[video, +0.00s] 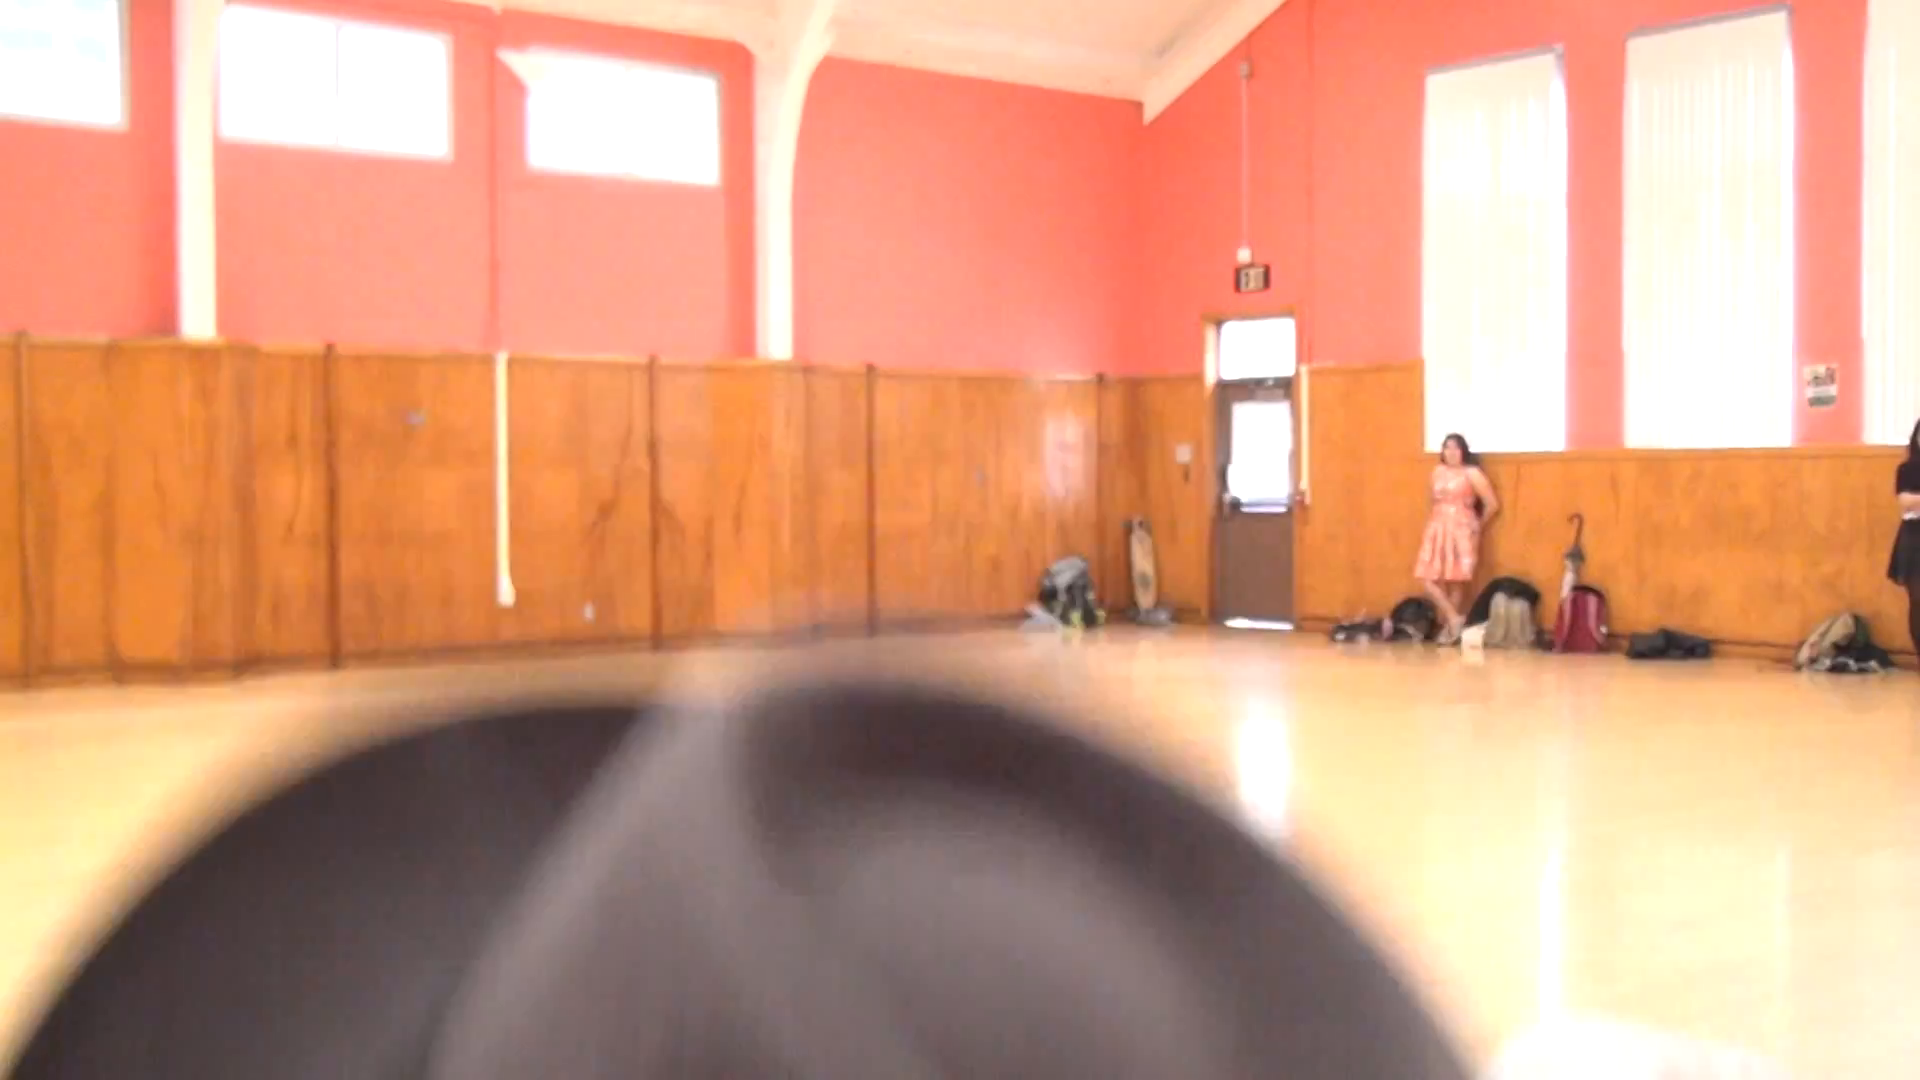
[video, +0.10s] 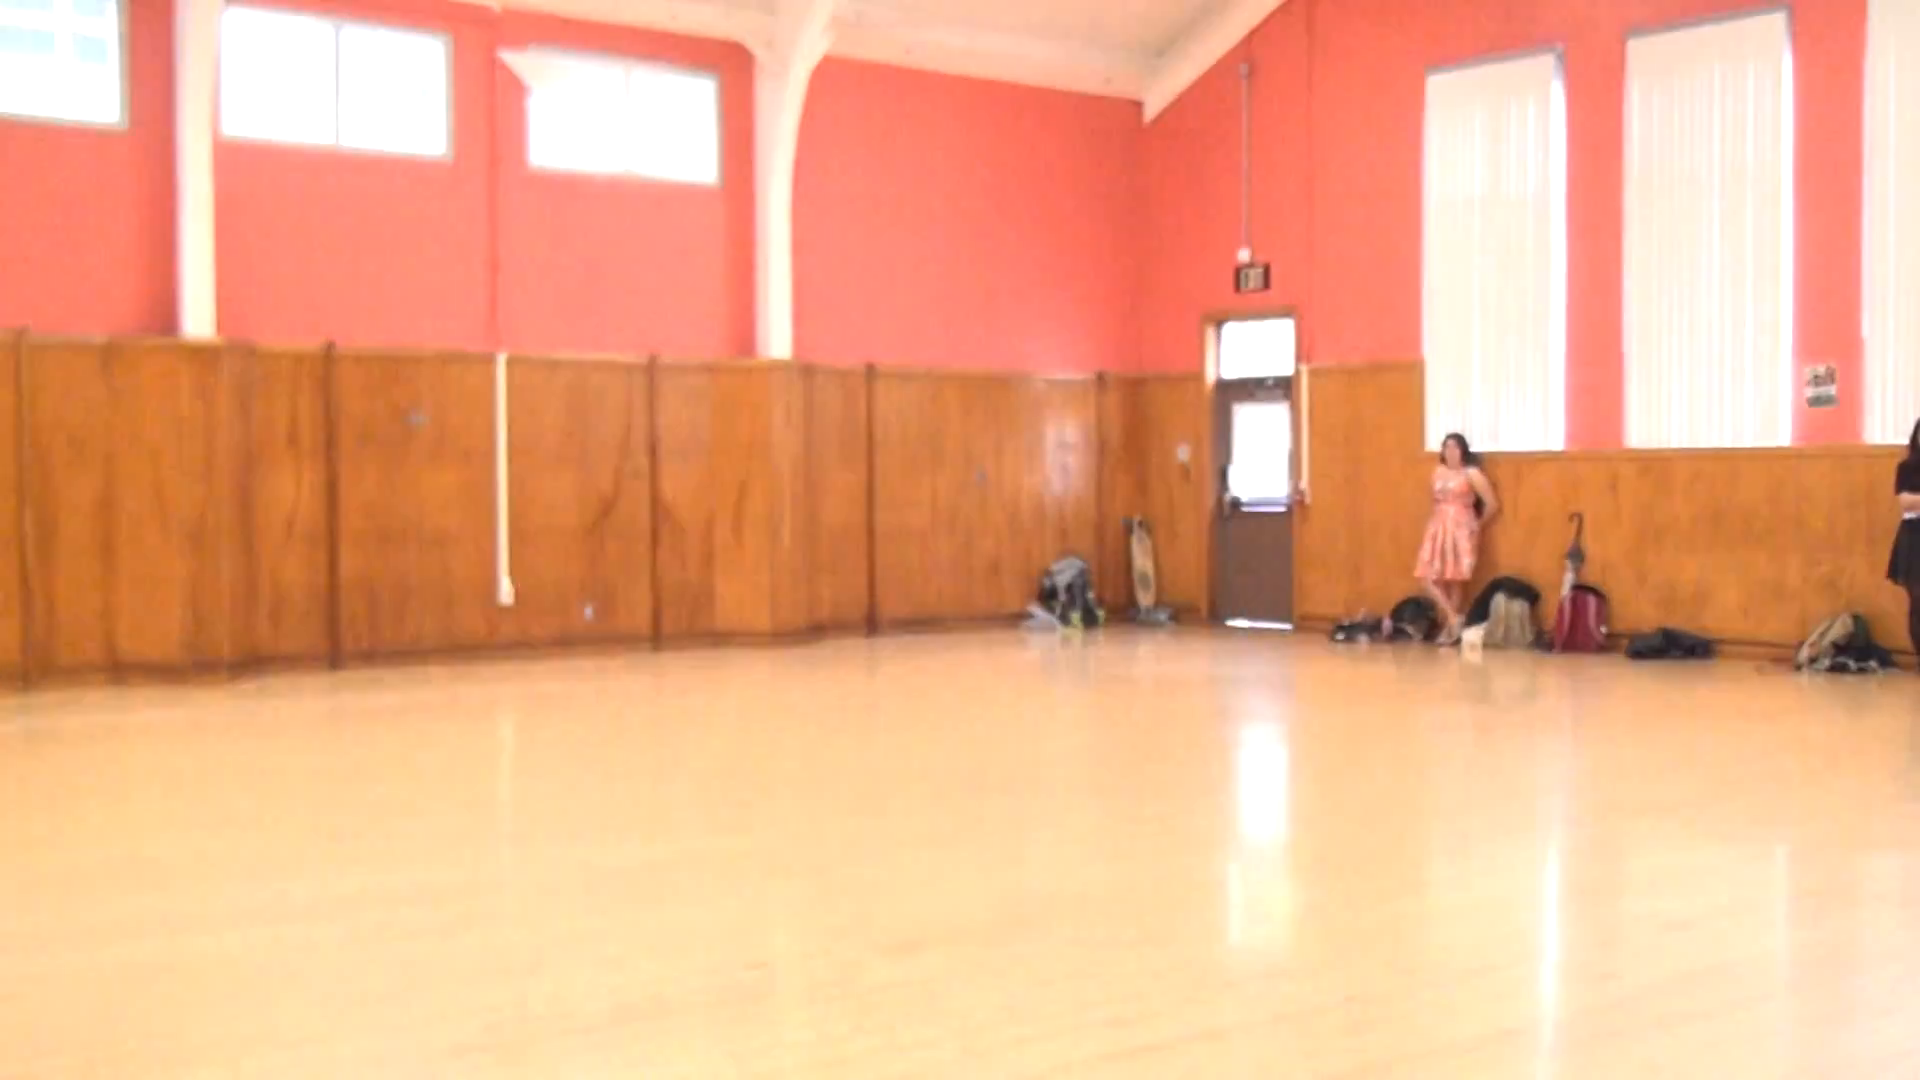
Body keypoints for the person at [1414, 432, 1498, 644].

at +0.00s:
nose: (1449, 452)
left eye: (1454, 448)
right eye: (1446, 448)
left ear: (1462, 451)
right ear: (1442, 451)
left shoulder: (1472, 473)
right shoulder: (1438, 472)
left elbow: (1492, 504)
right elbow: (1436, 499)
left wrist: (1479, 524)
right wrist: (1435, 519)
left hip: (1461, 525)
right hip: (1439, 524)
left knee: (1456, 580)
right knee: (1428, 578)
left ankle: (1448, 628)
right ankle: (1454, 620)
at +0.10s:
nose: (1449, 451)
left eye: (1454, 447)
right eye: (1447, 447)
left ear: (1462, 450)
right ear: (1442, 451)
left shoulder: (1472, 473)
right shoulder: (1438, 472)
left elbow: (1491, 503)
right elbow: (1437, 499)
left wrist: (1479, 524)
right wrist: (1435, 519)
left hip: (1461, 524)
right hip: (1439, 523)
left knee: (1455, 579)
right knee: (1427, 576)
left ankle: (1449, 627)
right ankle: (1453, 619)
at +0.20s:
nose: (1449, 452)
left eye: (1454, 447)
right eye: (1447, 447)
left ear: (1462, 451)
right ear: (1443, 451)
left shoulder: (1472, 474)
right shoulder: (1439, 471)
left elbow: (1492, 503)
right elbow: (1437, 497)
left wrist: (1479, 525)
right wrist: (1437, 518)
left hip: (1462, 524)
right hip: (1441, 523)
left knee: (1458, 578)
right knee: (1428, 574)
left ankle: (1451, 627)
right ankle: (1453, 619)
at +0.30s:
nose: (1450, 452)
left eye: (1455, 447)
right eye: (1447, 447)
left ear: (1462, 450)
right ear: (1442, 451)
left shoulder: (1471, 473)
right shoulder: (1438, 472)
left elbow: (1492, 503)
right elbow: (1436, 499)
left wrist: (1478, 525)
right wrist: (1434, 520)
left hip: (1461, 525)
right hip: (1439, 524)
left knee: (1456, 579)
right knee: (1426, 576)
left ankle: (1449, 626)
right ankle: (1453, 618)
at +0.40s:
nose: (1450, 451)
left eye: (1454, 447)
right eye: (1447, 447)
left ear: (1462, 450)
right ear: (1442, 451)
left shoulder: (1472, 474)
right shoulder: (1438, 472)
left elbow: (1492, 503)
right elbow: (1436, 498)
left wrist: (1478, 525)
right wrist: (1437, 518)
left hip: (1461, 525)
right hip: (1439, 524)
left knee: (1456, 579)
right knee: (1426, 576)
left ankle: (1449, 625)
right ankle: (1453, 619)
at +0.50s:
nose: (1450, 451)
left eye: (1455, 447)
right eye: (1447, 447)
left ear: (1463, 450)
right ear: (1442, 451)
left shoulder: (1472, 474)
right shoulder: (1439, 472)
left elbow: (1492, 503)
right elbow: (1436, 498)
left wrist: (1478, 525)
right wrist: (1436, 518)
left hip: (1461, 526)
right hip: (1440, 524)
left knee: (1457, 579)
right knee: (1426, 576)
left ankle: (1449, 625)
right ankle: (1454, 618)